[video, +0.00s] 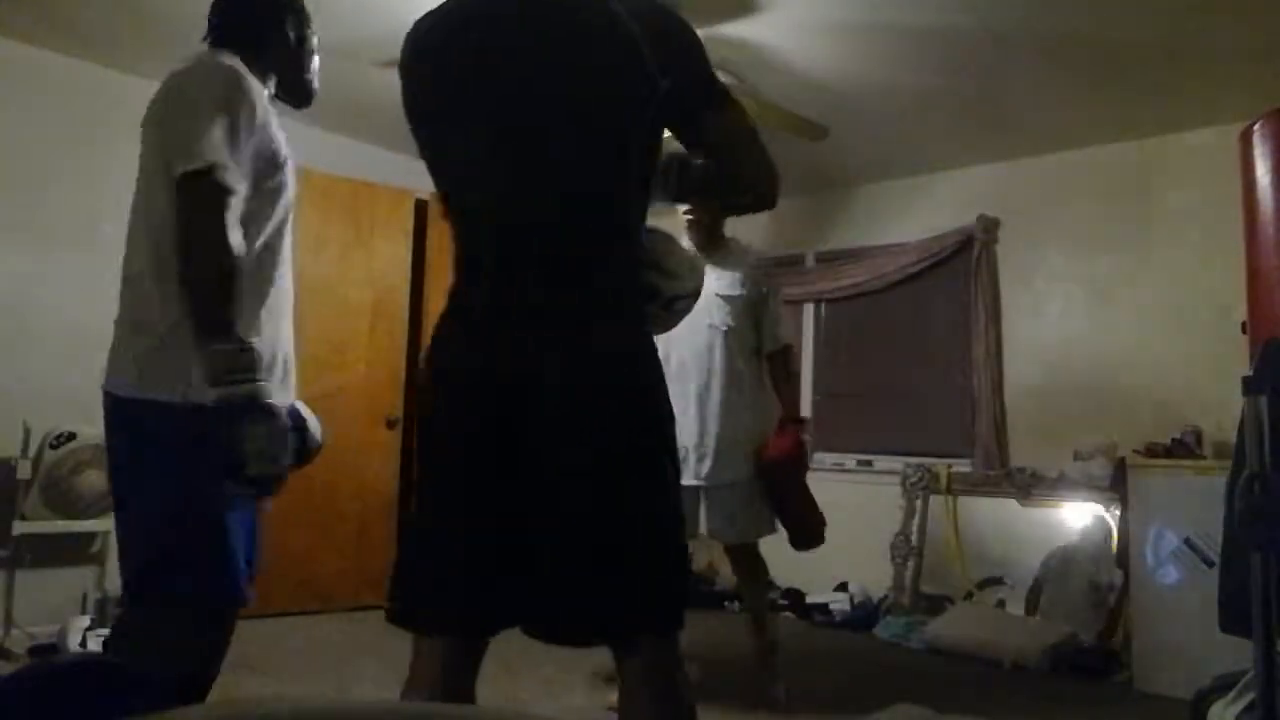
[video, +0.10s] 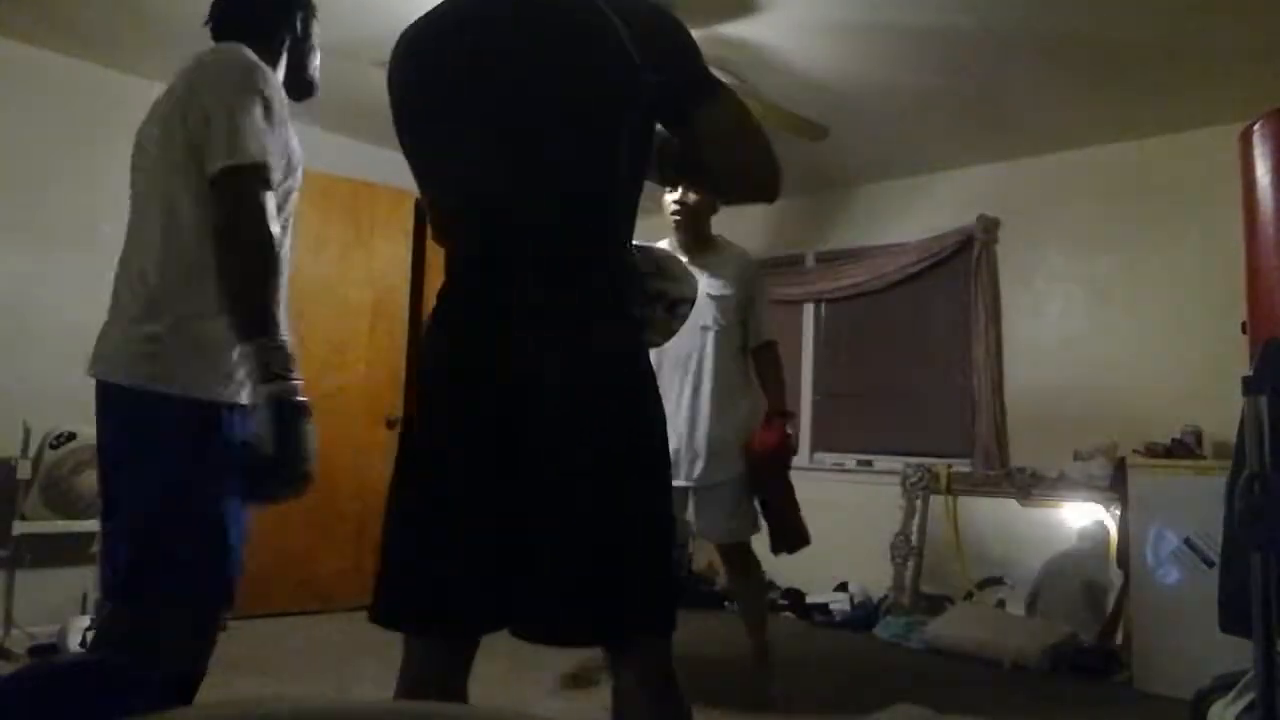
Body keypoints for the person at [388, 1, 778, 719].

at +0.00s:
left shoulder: (431, 38)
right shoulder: (643, 25)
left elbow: (474, 193)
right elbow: (752, 182)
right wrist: (648, 167)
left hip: (475, 353)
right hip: (604, 359)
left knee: (444, 647)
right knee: (646, 651)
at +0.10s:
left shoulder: (419, 46)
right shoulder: (633, 22)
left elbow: (453, 228)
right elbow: (752, 172)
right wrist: (628, 145)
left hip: (467, 359)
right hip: (598, 363)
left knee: (433, 656)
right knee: (641, 659)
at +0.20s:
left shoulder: (413, 50)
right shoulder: (627, 22)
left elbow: (443, 235)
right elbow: (752, 171)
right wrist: (625, 140)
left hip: (461, 362)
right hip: (594, 362)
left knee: (430, 654)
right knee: (638, 656)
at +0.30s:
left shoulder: (413, 55)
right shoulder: (624, 24)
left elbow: (453, 240)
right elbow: (751, 174)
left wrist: (624, 279)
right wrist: (636, 129)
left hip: (461, 360)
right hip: (592, 362)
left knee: (431, 653)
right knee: (638, 654)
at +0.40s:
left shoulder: (417, 56)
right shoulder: (624, 23)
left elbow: (453, 238)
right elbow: (755, 175)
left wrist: (625, 282)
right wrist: (634, 137)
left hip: (465, 365)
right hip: (595, 366)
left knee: (436, 648)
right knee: (639, 652)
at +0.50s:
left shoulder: (424, 59)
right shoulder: (631, 28)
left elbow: (455, 238)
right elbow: (760, 181)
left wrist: (620, 278)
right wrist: (648, 139)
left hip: (475, 363)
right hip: (604, 367)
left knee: (446, 644)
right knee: (647, 652)